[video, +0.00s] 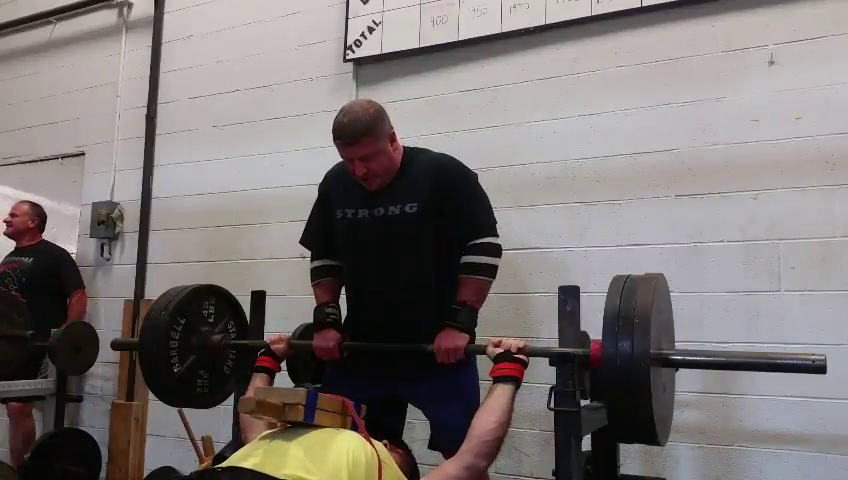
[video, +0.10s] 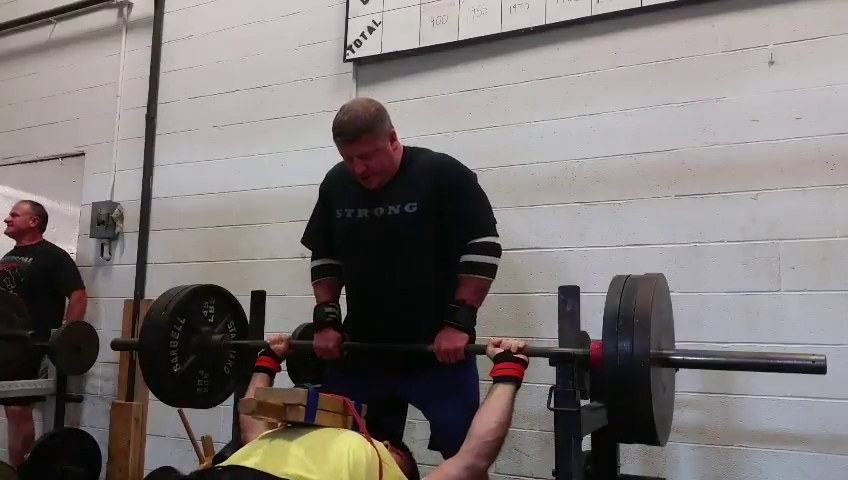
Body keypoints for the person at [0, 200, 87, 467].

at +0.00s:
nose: (6, 219)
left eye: (13, 215)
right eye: (8, 215)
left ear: (33, 223)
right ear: (28, 223)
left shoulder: (55, 255)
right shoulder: (11, 257)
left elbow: (79, 296)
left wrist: (70, 338)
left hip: (33, 343)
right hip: (8, 341)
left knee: (18, 407)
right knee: (14, 408)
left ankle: (20, 470)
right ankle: (19, 469)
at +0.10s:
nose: (7, 218)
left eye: (14, 215)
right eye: (9, 214)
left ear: (34, 222)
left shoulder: (54, 256)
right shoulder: (10, 256)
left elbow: (79, 296)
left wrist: (67, 337)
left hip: (31, 344)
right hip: (7, 341)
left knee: (18, 410)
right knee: (13, 410)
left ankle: (18, 471)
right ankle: (18, 470)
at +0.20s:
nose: (7, 218)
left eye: (14, 214)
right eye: (9, 213)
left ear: (34, 221)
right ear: (28, 222)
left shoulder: (53, 255)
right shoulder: (8, 255)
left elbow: (80, 295)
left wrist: (60, 333)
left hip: (29, 344)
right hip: (6, 341)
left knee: (17, 412)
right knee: (10, 411)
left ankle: (17, 472)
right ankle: (17, 471)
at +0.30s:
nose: (5, 219)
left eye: (11, 215)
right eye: (7, 214)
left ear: (30, 220)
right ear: (27, 219)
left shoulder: (52, 255)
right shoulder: (6, 254)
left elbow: (80, 294)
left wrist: (52, 322)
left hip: (25, 346)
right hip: (4, 344)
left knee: (19, 415)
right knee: (3, 414)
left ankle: (17, 473)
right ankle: (13, 470)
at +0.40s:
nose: (0, 222)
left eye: (5, 217)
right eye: (1, 217)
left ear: (23, 219)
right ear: (22, 220)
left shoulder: (50, 255)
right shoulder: (5, 253)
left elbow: (77, 294)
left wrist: (39, 316)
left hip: (27, 343)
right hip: (3, 341)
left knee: (20, 414)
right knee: (1, 411)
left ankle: (14, 472)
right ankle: (11, 462)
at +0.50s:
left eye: (2, 216)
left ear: (16, 219)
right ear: (17, 219)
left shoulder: (45, 253)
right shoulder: (5, 252)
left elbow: (72, 292)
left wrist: (32, 313)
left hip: (26, 344)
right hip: (5, 341)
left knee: (20, 412)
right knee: (18, 411)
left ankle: (15, 470)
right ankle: (14, 469)